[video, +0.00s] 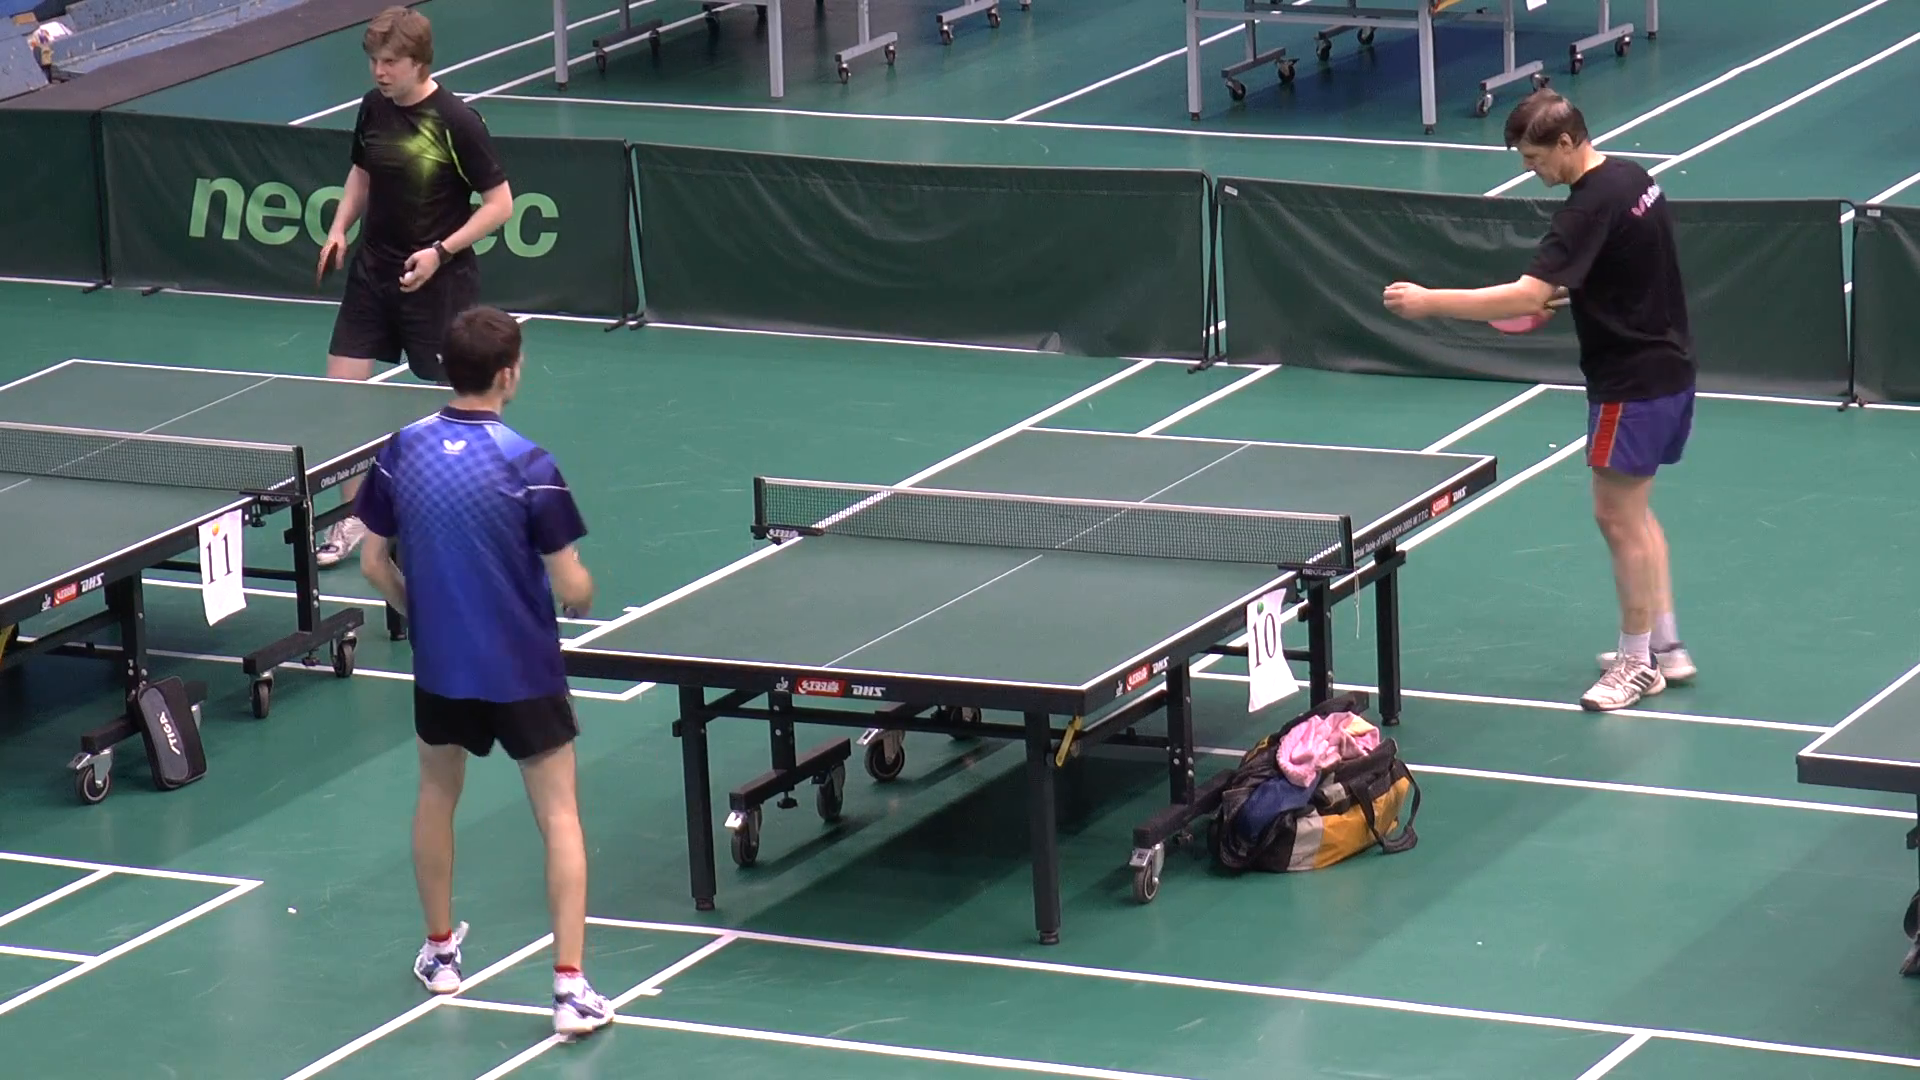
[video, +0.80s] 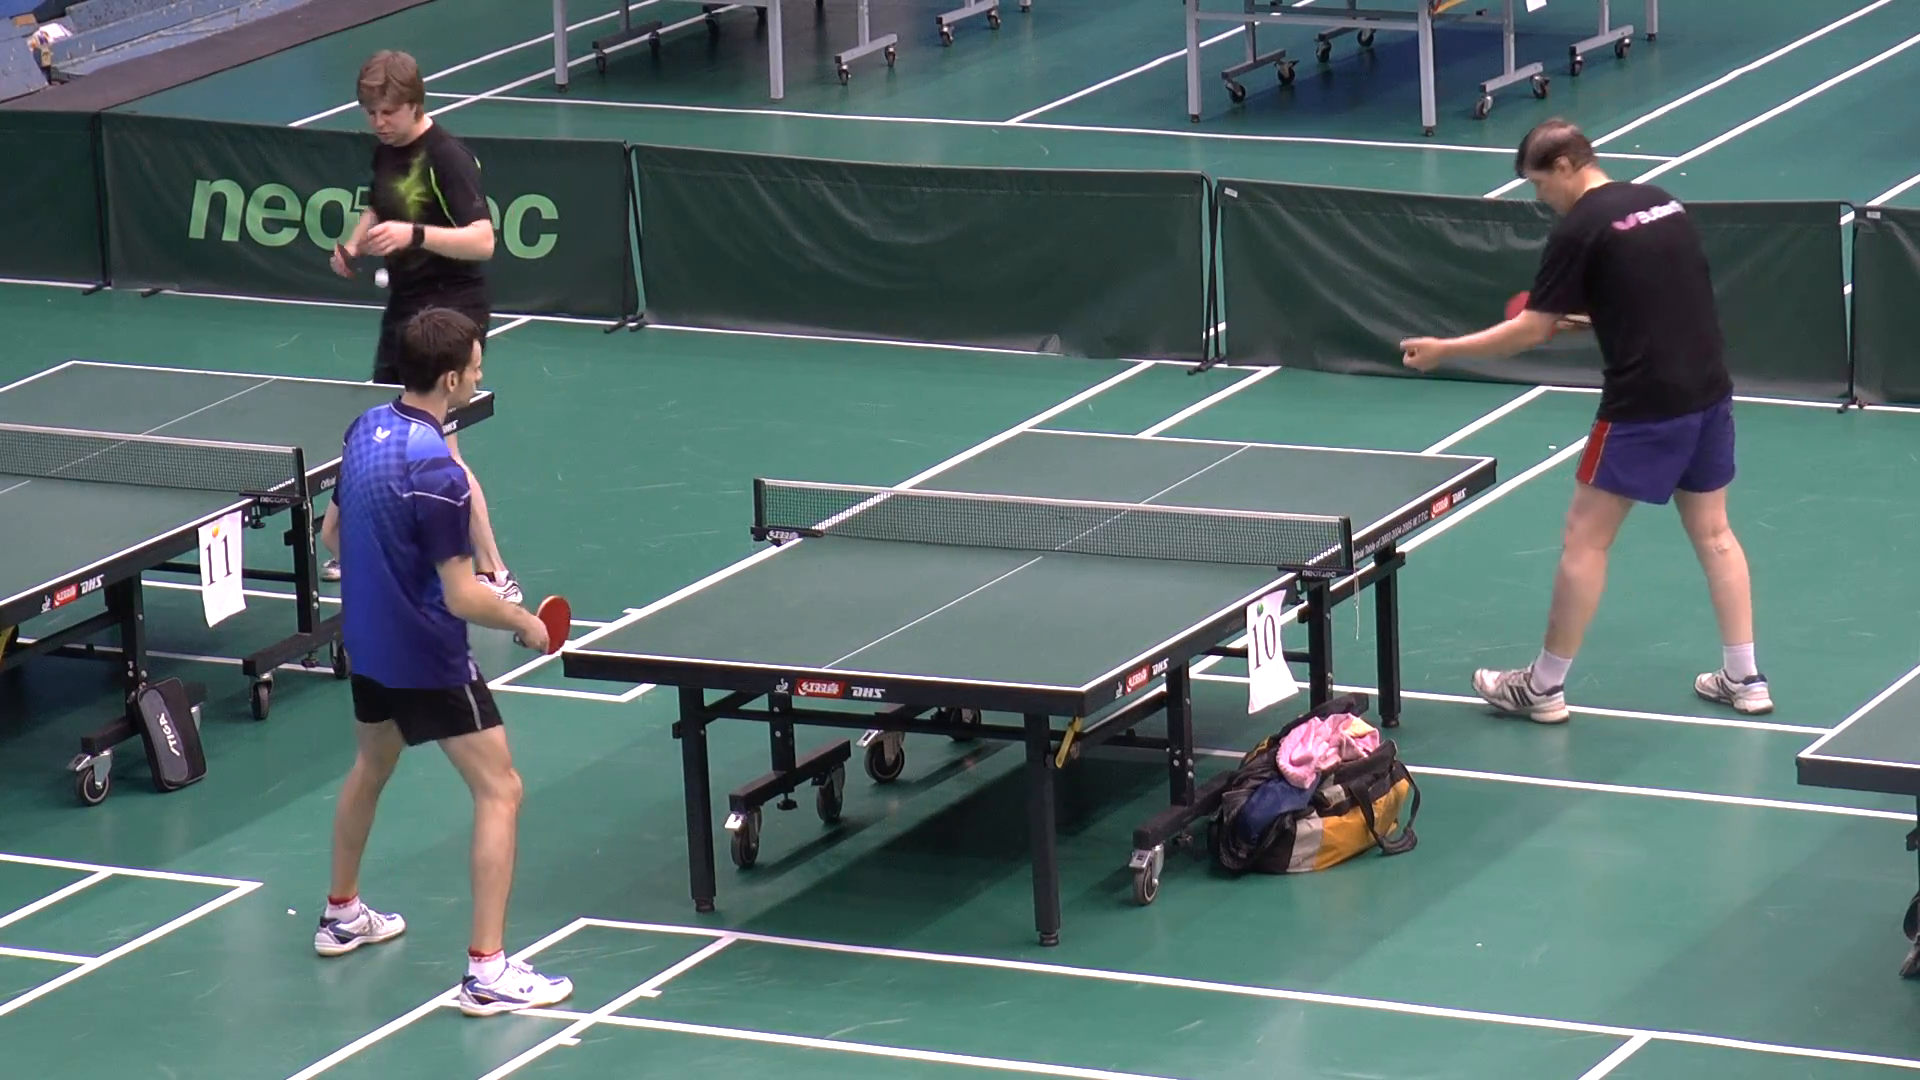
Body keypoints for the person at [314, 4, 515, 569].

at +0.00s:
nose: (378, 72)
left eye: (387, 63)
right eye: (374, 62)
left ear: (419, 61)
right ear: (373, 61)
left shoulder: (459, 120)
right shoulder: (373, 108)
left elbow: (500, 203)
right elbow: (361, 175)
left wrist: (442, 251)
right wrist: (339, 228)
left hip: (440, 281)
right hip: (373, 272)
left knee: (455, 399)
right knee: (343, 386)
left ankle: (468, 515)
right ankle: (359, 513)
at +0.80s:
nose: (377, 123)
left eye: (387, 112)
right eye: (371, 113)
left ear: (417, 105)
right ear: (367, 108)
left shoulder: (447, 154)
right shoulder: (385, 150)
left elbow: (483, 241)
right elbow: (376, 212)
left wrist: (414, 233)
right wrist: (354, 244)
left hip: (449, 315)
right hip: (403, 311)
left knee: (439, 447)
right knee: (395, 437)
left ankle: (493, 571)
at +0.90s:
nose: (385, 124)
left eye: (393, 114)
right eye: (380, 114)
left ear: (426, 104)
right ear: (384, 107)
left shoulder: (456, 152)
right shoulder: (408, 145)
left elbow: (470, 245)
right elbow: (414, 216)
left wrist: (397, 256)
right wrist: (384, 256)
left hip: (471, 308)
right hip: (429, 304)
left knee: (453, 444)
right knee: (429, 441)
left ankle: (497, 575)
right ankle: (424, 573)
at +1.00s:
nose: (397, 121)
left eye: (405, 111)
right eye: (392, 111)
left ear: (437, 101)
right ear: (404, 103)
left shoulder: (464, 150)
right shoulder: (441, 137)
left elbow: (459, 248)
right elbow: (448, 229)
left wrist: (385, 282)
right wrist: (403, 253)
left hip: (483, 304)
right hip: (458, 299)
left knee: (464, 436)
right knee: (453, 431)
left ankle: (497, 578)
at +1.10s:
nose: (410, 118)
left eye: (416, 108)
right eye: (407, 107)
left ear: (447, 99)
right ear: (451, 99)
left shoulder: (471, 155)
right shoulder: (491, 128)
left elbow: (453, 253)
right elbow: (496, 218)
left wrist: (383, 296)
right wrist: (439, 246)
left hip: (487, 307)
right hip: (513, 299)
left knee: (477, 442)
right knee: (497, 430)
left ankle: (497, 577)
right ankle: (591, 528)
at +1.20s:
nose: (427, 113)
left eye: (433, 104)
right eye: (425, 103)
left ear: (464, 99)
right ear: (480, 95)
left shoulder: (480, 160)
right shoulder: (526, 132)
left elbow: (461, 256)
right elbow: (528, 219)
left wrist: (387, 295)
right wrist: (450, 243)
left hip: (496, 316)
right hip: (544, 307)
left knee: (485, 446)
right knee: (552, 429)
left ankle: (497, 577)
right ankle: (643, 528)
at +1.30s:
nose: (452, 111)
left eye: (455, 102)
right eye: (450, 102)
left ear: (483, 98)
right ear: (507, 90)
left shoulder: (495, 163)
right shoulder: (560, 134)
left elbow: (478, 262)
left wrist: (399, 286)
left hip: (511, 323)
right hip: (570, 315)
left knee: (495, 447)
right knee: (605, 434)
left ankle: (500, 577)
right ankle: (679, 547)